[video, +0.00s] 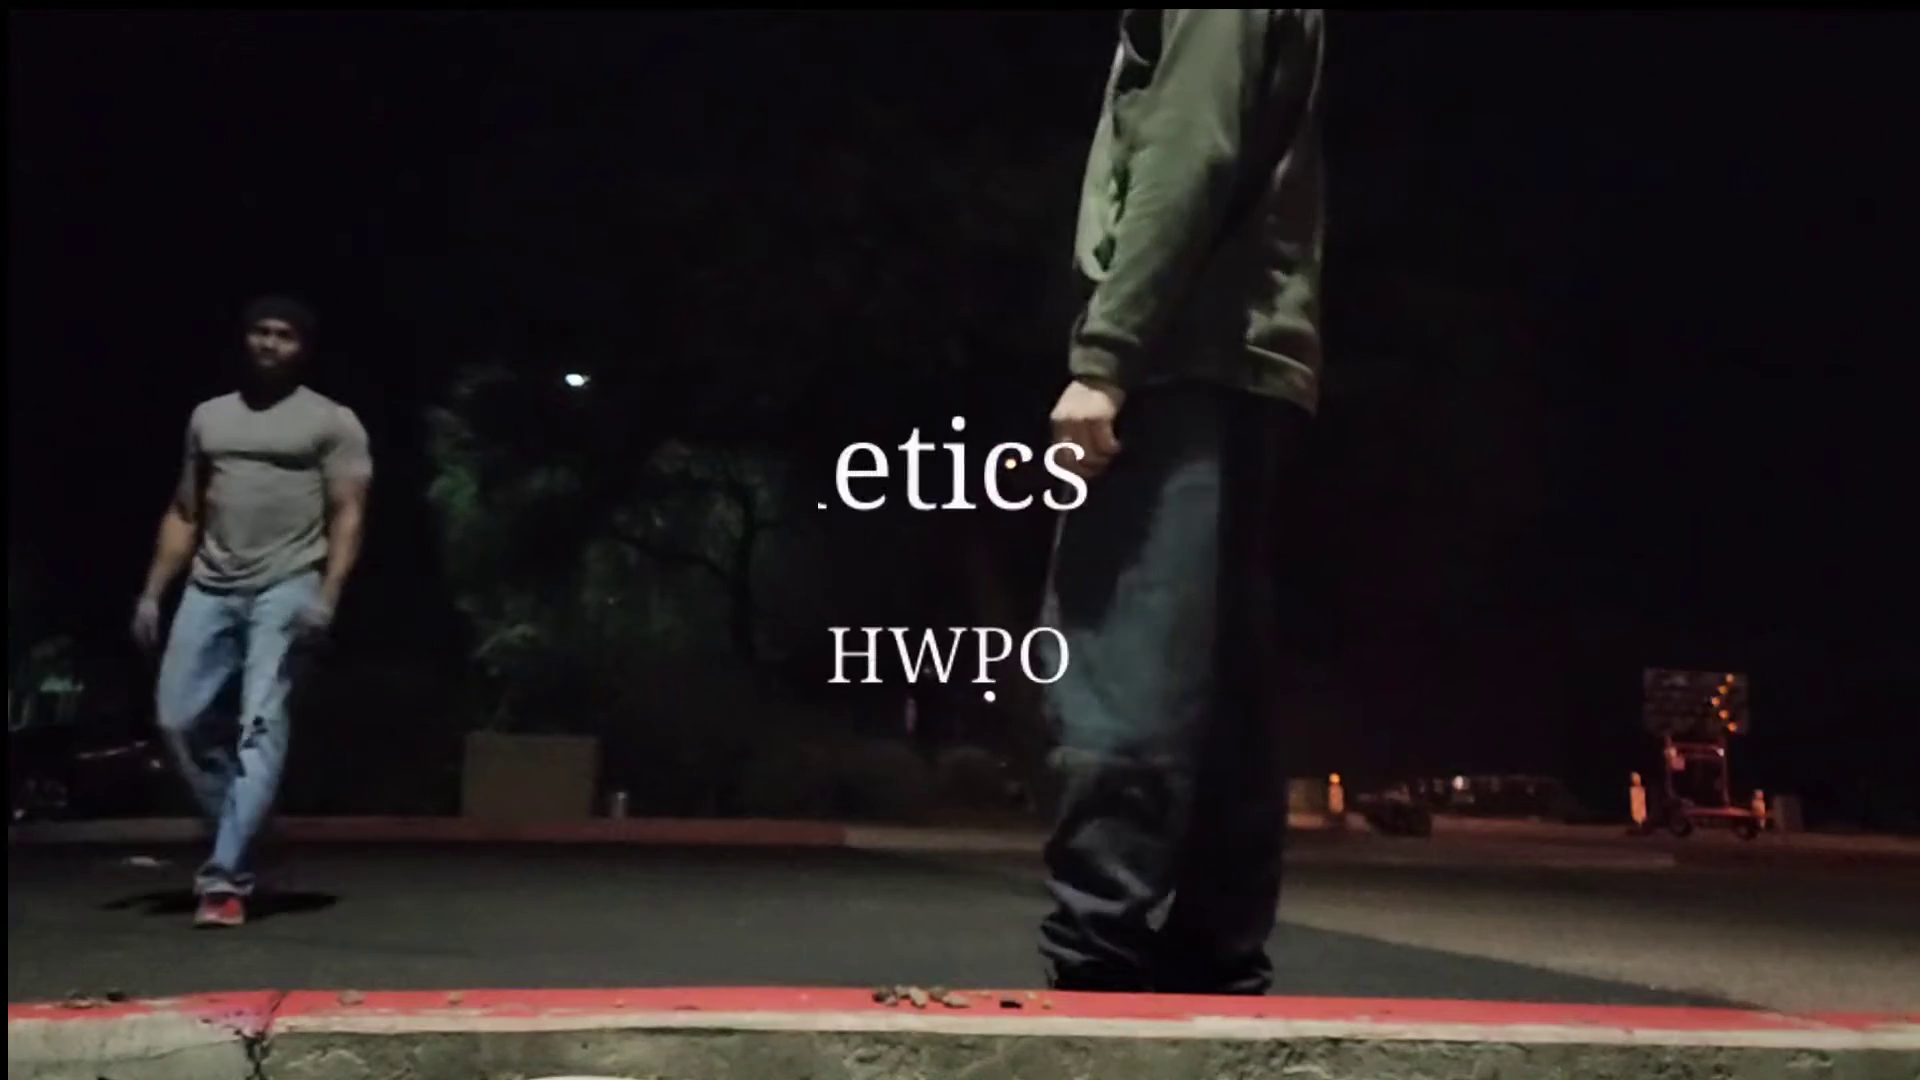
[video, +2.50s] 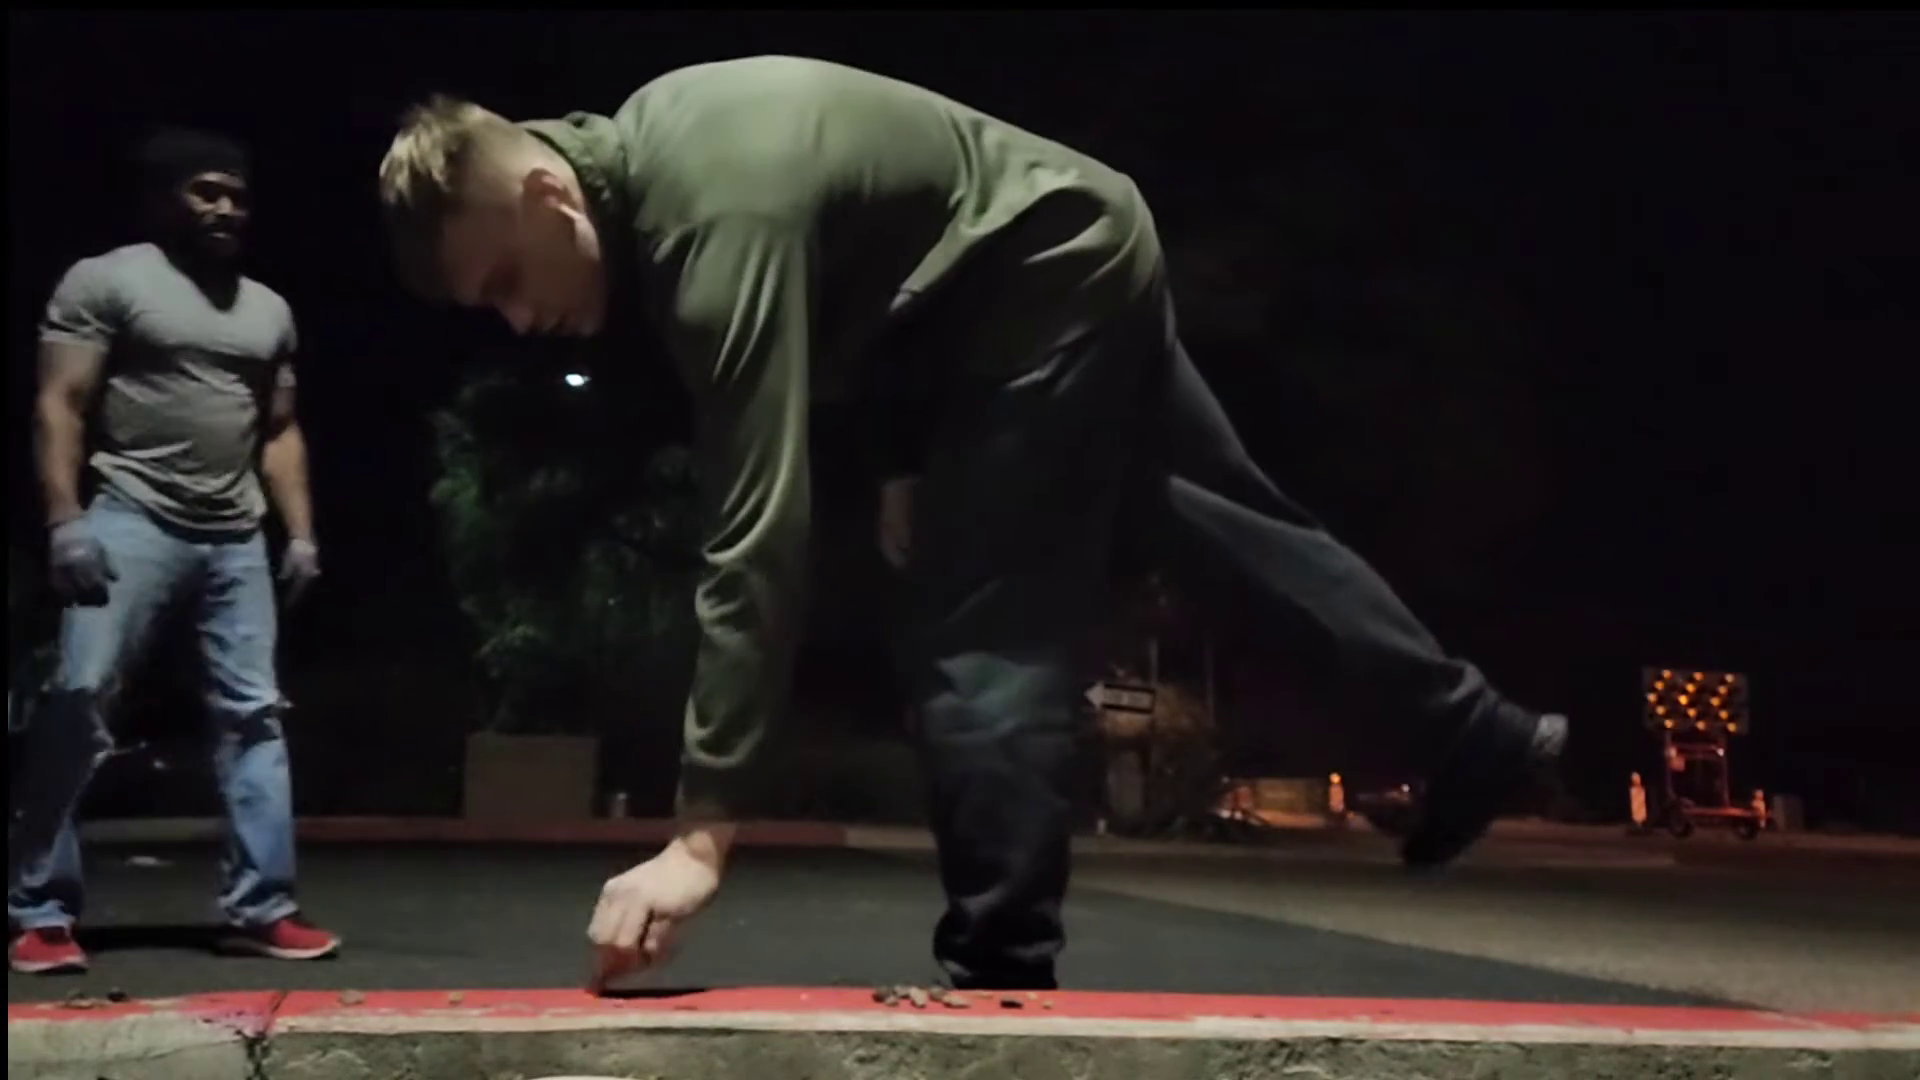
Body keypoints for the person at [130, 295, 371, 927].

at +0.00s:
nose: (270, 345)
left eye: (283, 337)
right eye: (261, 334)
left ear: (303, 348)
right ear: (244, 341)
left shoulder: (334, 425)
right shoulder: (209, 419)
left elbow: (347, 515)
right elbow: (184, 512)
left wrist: (328, 594)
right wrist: (153, 591)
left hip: (286, 587)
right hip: (209, 587)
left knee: (263, 720)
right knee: (176, 718)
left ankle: (228, 873)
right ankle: (236, 832)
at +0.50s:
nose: (215, 316)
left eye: (229, 306)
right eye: (205, 303)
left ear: (248, 318)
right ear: (185, 310)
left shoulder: (283, 400)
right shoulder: (140, 395)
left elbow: (301, 492)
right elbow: (111, 491)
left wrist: (280, 576)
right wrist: (80, 575)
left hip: (241, 586)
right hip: (151, 580)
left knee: (235, 738)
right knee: (116, 726)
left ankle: (221, 885)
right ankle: (73, 890)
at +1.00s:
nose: (162, 281)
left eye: (175, 270)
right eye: (148, 266)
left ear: (191, 282)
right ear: (116, 271)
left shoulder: (222, 372)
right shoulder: (55, 349)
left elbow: (242, 478)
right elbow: (14, 453)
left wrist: (238, 559)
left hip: (173, 560)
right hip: (74, 558)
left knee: (159, 705)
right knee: (71, 725)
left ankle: (131, 891)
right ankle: (70, 890)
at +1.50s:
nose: (181, 247)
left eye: (194, 236)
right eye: (166, 230)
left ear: (208, 250)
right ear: (128, 235)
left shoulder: (235, 348)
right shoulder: (59, 316)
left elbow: (259, 457)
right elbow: (21, 430)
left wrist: (261, 547)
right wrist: (9, 518)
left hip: (174, 545)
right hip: (65, 531)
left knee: (143, 720)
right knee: (29, 691)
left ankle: (91, 898)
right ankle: (23, 881)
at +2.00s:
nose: (178, 219)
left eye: (190, 207)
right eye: (161, 202)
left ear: (204, 219)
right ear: (121, 206)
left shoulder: (222, 321)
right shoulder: (53, 288)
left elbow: (233, 434)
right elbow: (16, 412)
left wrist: (246, 537)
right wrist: (19, 524)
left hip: (178, 532)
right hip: (71, 519)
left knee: (187, 695)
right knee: (52, 706)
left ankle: (97, 893)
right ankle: (39, 912)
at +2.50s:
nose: (226, 210)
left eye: (236, 196)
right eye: (208, 193)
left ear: (248, 207)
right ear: (166, 199)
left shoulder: (269, 313)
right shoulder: (105, 283)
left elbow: (280, 428)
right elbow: (60, 403)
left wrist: (300, 529)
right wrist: (66, 519)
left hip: (237, 532)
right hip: (132, 519)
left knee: (255, 710)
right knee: (81, 696)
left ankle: (262, 905)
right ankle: (39, 907)